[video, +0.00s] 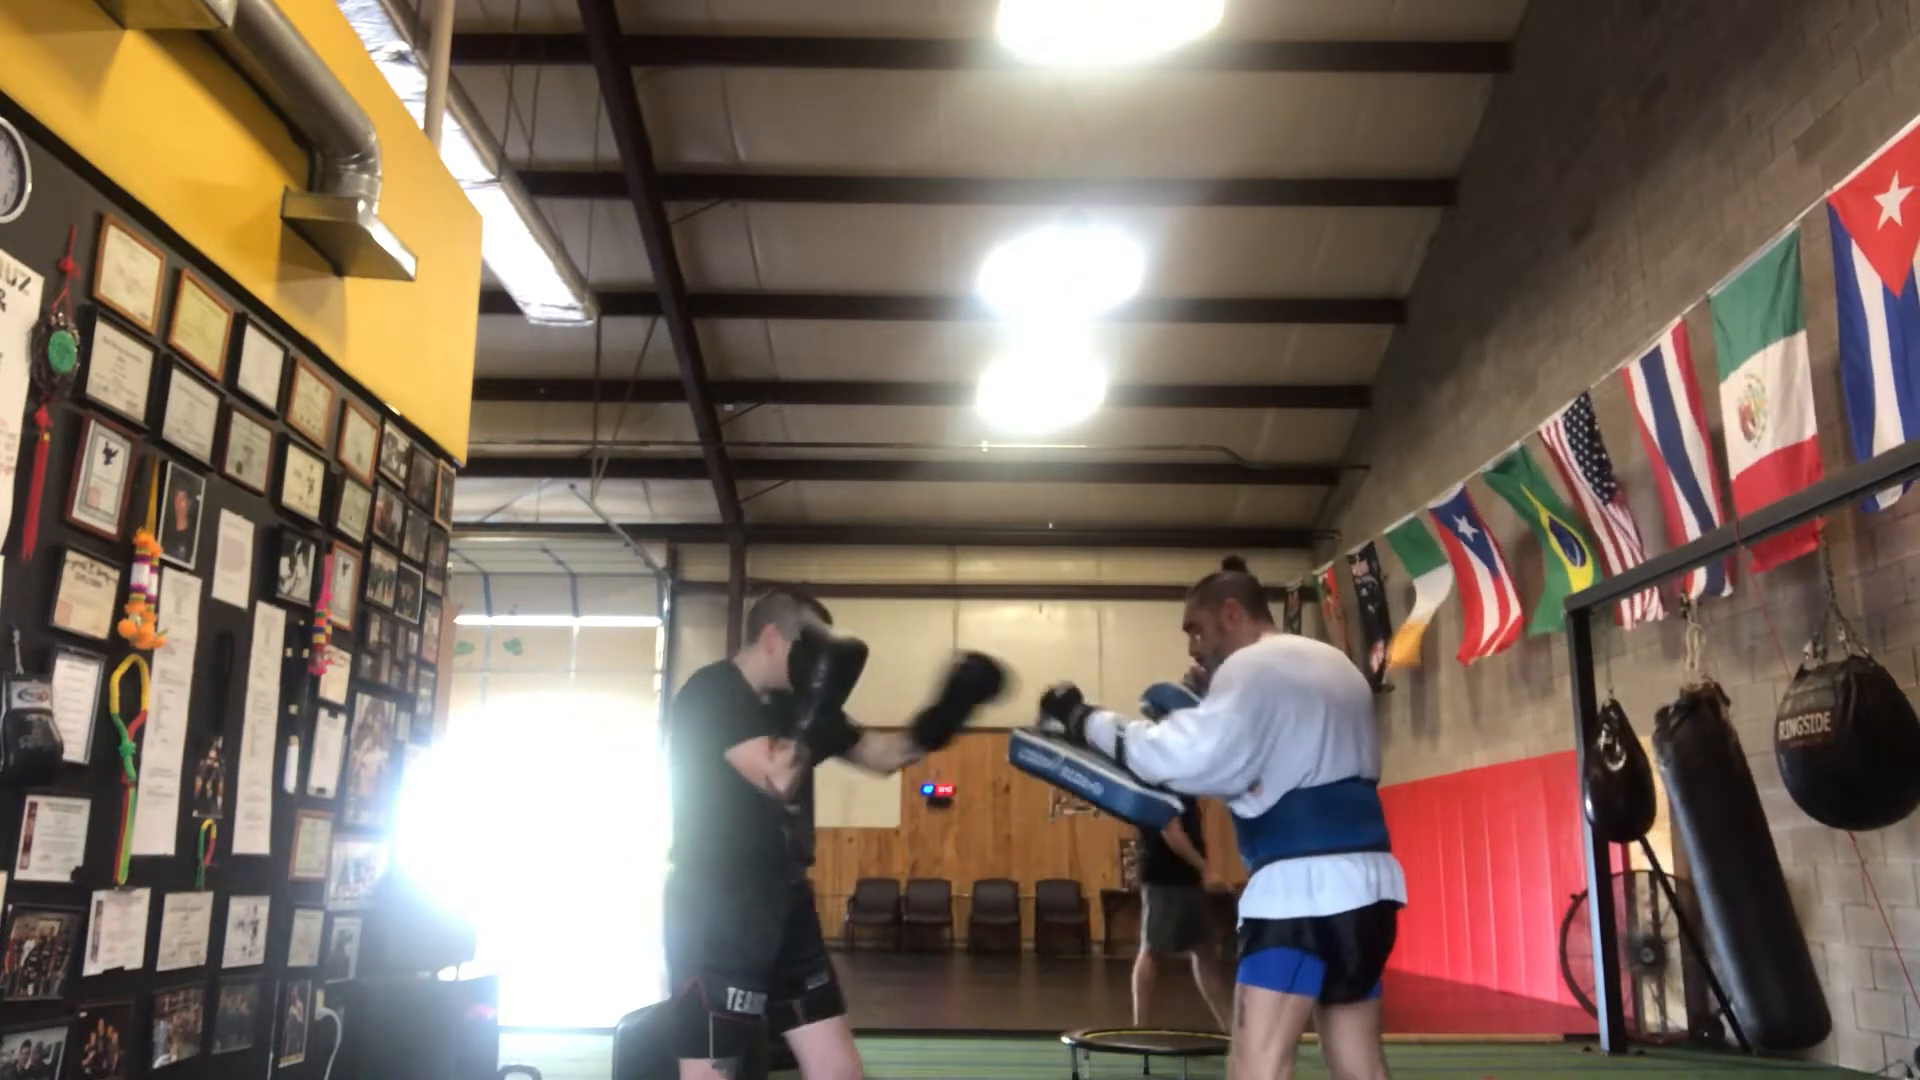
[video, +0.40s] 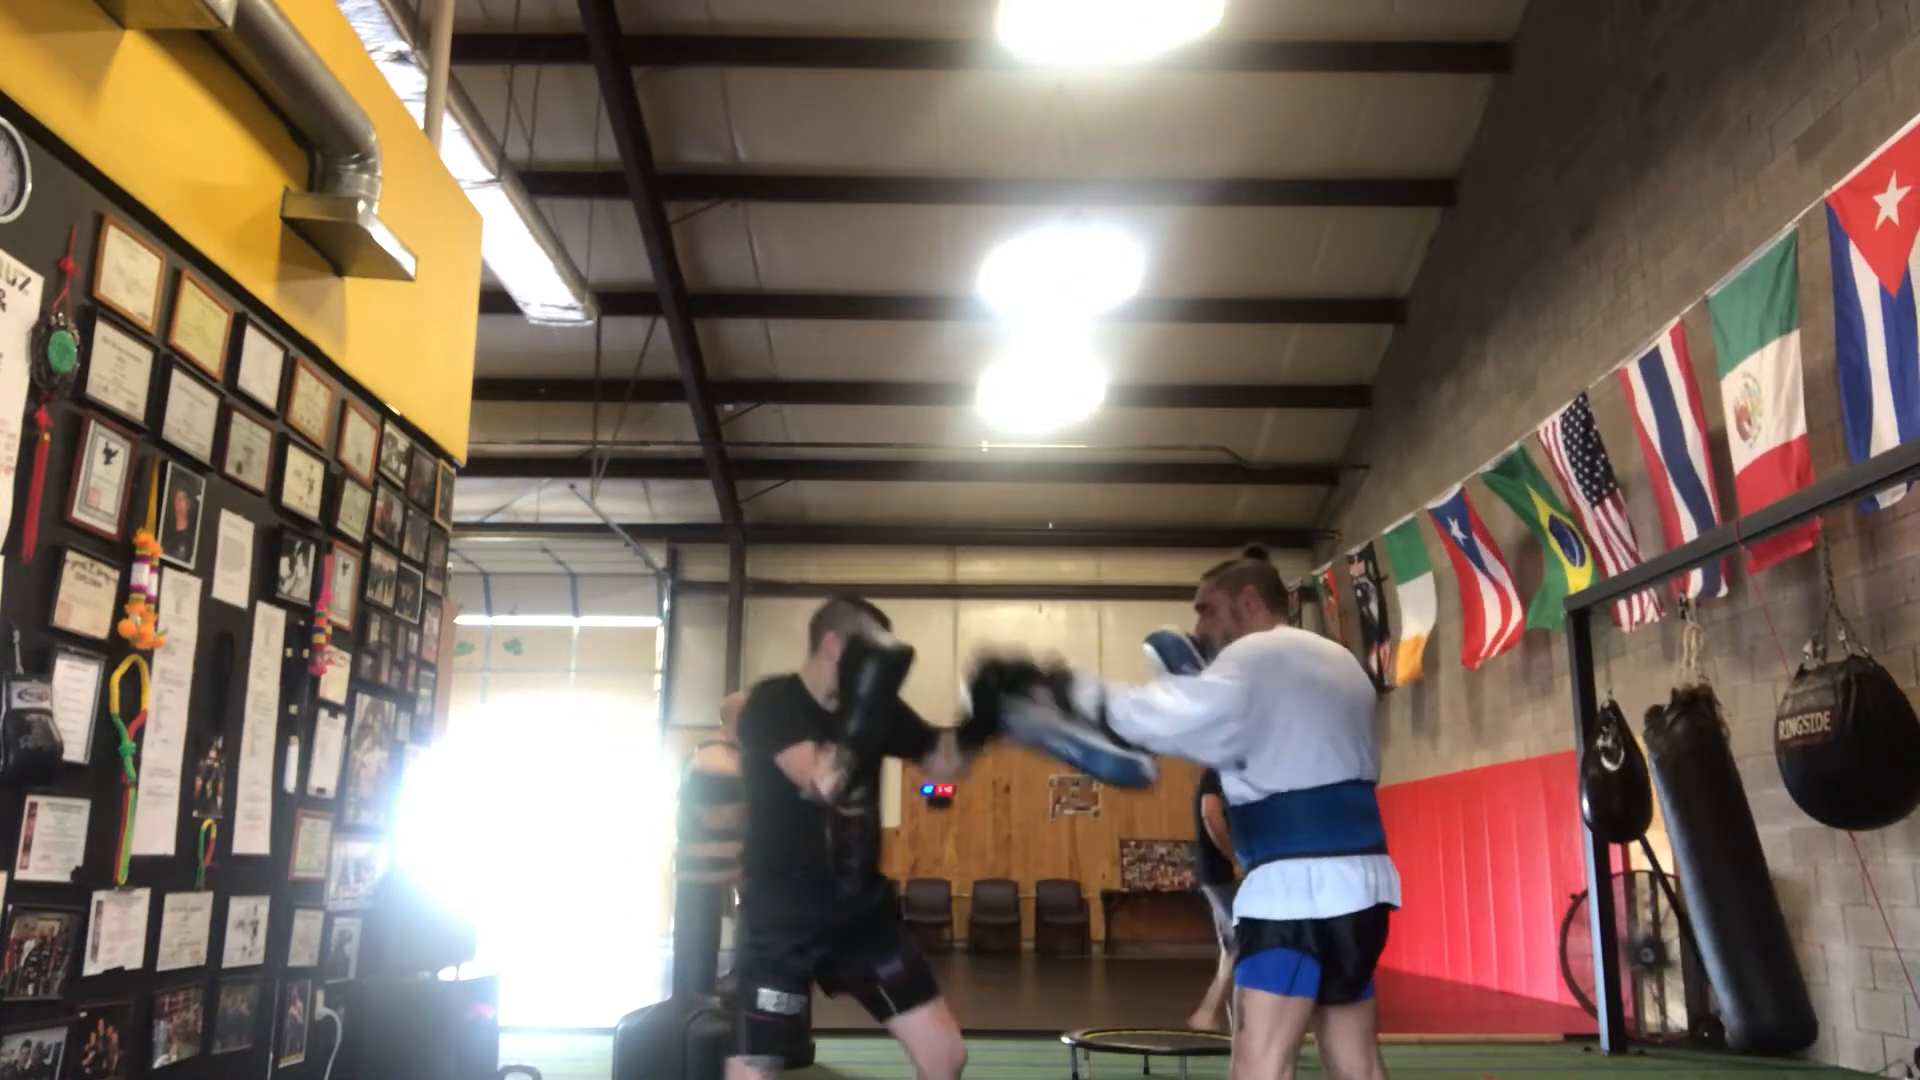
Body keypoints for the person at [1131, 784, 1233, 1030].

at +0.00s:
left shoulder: (1188, 788)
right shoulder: (1161, 784)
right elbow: (1172, 833)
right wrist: (1204, 868)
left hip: (1188, 880)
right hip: (1161, 880)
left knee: (1204, 952)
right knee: (1150, 952)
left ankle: (1231, 1027)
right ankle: (1142, 1029)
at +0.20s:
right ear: (1212, 742)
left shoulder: (1222, 779)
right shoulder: (1196, 778)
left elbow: (1224, 830)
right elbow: (1197, 829)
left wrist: (1235, 869)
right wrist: (1223, 871)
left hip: (1222, 882)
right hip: (1196, 883)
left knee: (1232, 956)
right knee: (1191, 954)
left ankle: (1240, 1031)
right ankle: (1150, 1026)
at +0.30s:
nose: (1233, 747)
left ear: (1209, 746)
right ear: (1216, 744)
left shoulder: (1217, 776)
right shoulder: (1208, 775)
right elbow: (1206, 823)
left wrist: (1230, 865)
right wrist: (1228, 866)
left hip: (1217, 878)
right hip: (1206, 879)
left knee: (1230, 955)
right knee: (1223, 949)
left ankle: (1240, 1030)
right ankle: (1170, 1012)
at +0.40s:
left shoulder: (1218, 777)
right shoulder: (1215, 776)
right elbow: (1212, 813)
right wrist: (1233, 855)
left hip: (1217, 872)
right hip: (1218, 873)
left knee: (1231, 946)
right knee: (1235, 945)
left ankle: (1239, 1020)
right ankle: (1205, 1013)